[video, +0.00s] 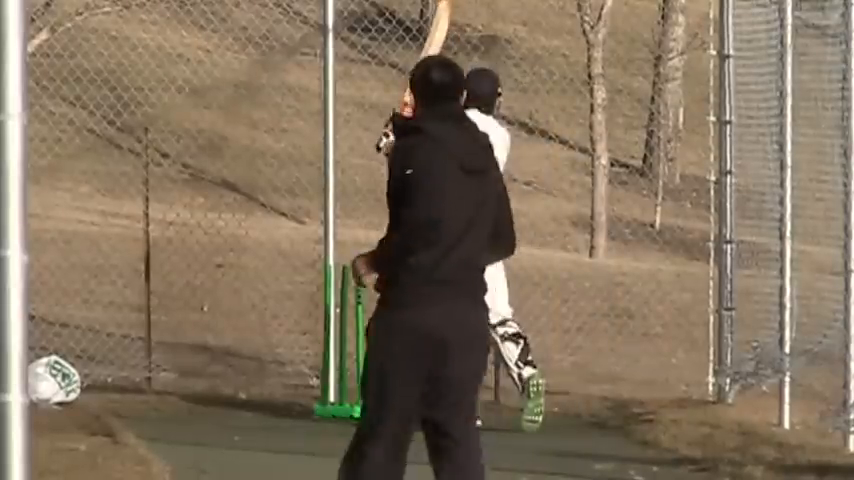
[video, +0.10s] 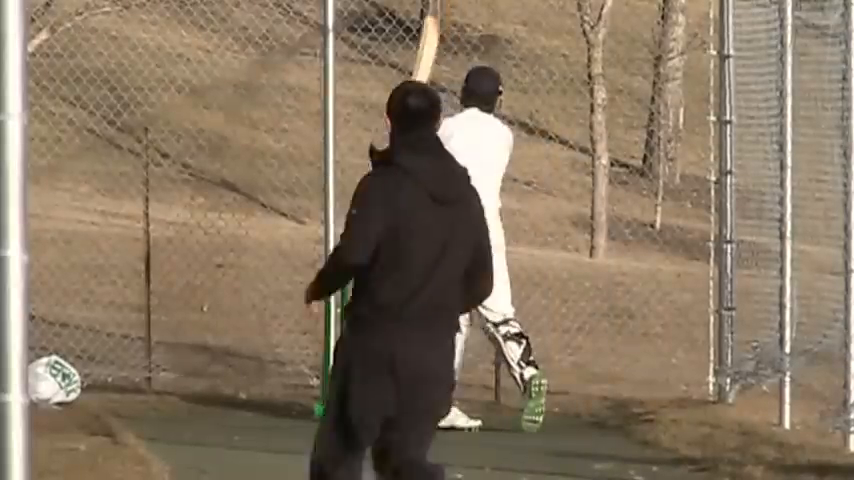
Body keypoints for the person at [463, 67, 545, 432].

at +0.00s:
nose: (462, 97)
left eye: (464, 92)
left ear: (464, 96)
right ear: (496, 99)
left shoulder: (453, 126)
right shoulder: (502, 134)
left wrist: (399, 132)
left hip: (452, 237)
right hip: (487, 236)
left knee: (446, 314)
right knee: (498, 313)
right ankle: (527, 374)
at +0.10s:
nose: (497, 100)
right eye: (498, 95)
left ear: (464, 94)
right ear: (496, 98)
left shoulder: (447, 127)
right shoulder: (504, 135)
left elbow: (422, 155)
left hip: (450, 230)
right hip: (488, 229)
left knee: (451, 312)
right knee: (498, 308)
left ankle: (443, 400)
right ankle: (528, 373)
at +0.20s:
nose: (490, 100)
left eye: (474, 91)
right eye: (493, 95)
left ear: (463, 93)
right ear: (496, 98)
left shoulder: (441, 128)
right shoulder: (505, 135)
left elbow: (423, 175)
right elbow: (494, 176)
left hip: (449, 233)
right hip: (491, 232)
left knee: (452, 316)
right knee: (500, 309)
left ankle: (439, 400)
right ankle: (528, 372)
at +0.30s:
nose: (488, 100)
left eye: (473, 90)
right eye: (493, 94)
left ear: (463, 92)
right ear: (497, 97)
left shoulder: (443, 128)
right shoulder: (506, 135)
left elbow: (426, 175)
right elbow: (499, 174)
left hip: (451, 234)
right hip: (493, 233)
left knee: (452, 316)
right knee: (504, 311)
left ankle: (441, 401)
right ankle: (527, 372)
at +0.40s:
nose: (492, 101)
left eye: (478, 92)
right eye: (494, 95)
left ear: (464, 93)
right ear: (496, 97)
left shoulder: (442, 129)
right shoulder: (506, 134)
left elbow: (430, 185)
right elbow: (511, 194)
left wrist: (427, 235)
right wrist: (513, 243)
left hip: (451, 237)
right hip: (494, 239)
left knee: (454, 319)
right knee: (508, 314)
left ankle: (441, 400)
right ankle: (528, 373)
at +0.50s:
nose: (496, 102)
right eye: (499, 96)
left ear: (465, 94)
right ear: (498, 98)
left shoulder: (442, 130)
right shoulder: (509, 136)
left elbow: (422, 182)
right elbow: (530, 198)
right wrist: (554, 250)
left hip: (449, 231)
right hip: (492, 232)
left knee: (455, 314)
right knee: (508, 312)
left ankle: (441, 401)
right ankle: (524, 369)